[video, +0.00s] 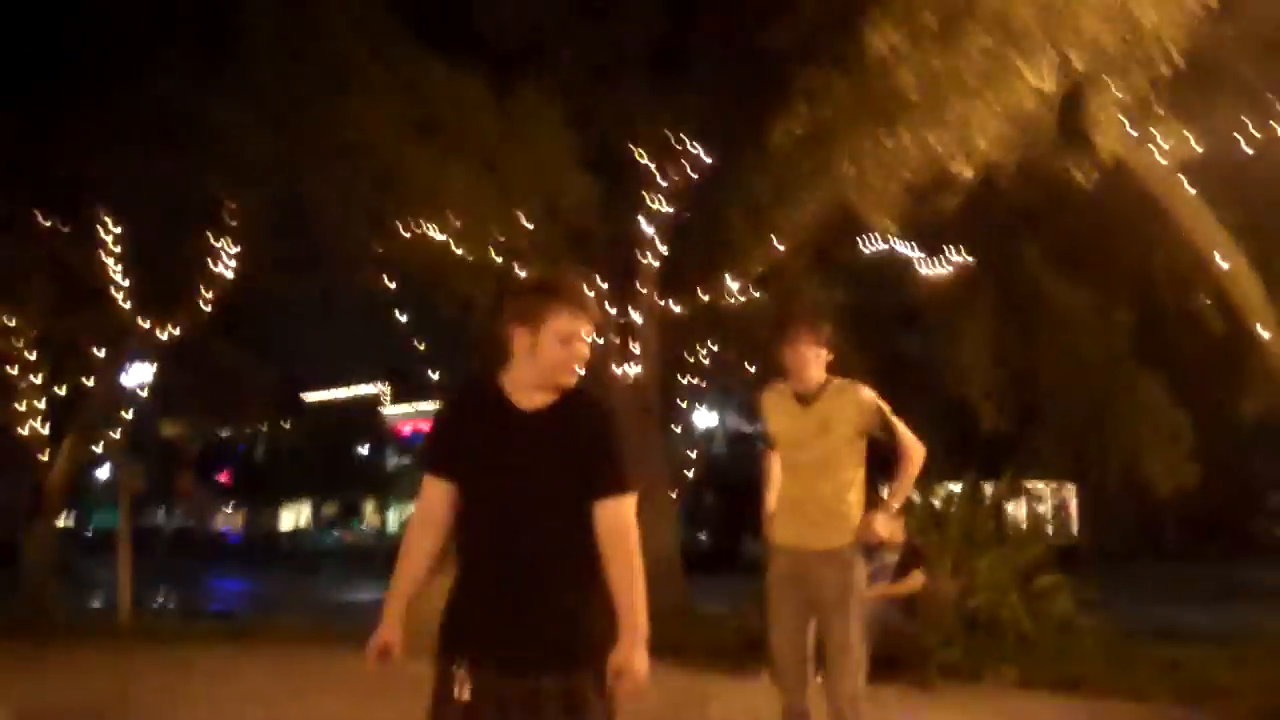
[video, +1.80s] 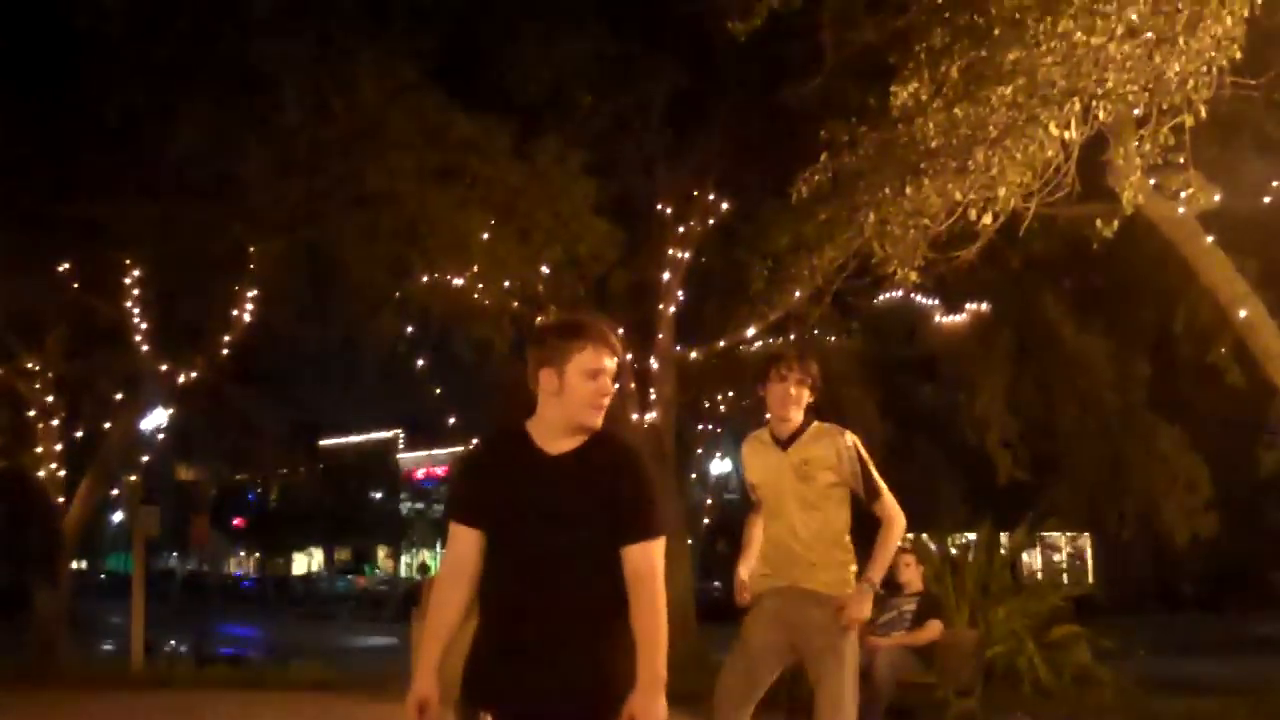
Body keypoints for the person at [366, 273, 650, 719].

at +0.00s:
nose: (582, 353)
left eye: (587, 341)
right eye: (567, 339)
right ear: (521, 338)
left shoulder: (591, 419)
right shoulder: (468, 411)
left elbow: (619, 534)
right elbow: (430, 518)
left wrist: (633, 636)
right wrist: (393, 614)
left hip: (572, 648)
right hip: (479, 645)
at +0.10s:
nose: (602, 387)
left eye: (605, 375)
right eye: (587, 375)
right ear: (540, 371)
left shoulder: (611, 455)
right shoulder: (489, 448)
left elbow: (641, 566)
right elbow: (454, 556)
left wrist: (659, 673)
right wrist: (419, 659)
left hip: (597, 681)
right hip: (507, 680)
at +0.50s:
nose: (644, 361)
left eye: (648, 348)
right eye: (631, 346)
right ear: (583, 344)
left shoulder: (651, 428)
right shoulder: (524, 417)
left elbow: (679, 538)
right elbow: (485, 525)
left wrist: (706, 635)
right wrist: (450, 624)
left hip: (628, 659)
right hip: (533, 658)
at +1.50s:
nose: (633, 341)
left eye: (636, 328)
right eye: (618, 326)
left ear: (640, 332)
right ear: (573, 331)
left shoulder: (647, 417)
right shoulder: (514, 416)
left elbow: (666, 533)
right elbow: (483, 524)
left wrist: (662, 634)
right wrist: (452, 623)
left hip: (619, 655)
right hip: (523, 651)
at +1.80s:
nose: (608, 389)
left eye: (612, 378)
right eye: (593, 376)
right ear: (547, 379)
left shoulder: (622, 466)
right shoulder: (487, 465)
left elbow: (646, 587)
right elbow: (456, 574)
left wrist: (650, 690)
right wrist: (425, 674)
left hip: (596, 693)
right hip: (503, 691)